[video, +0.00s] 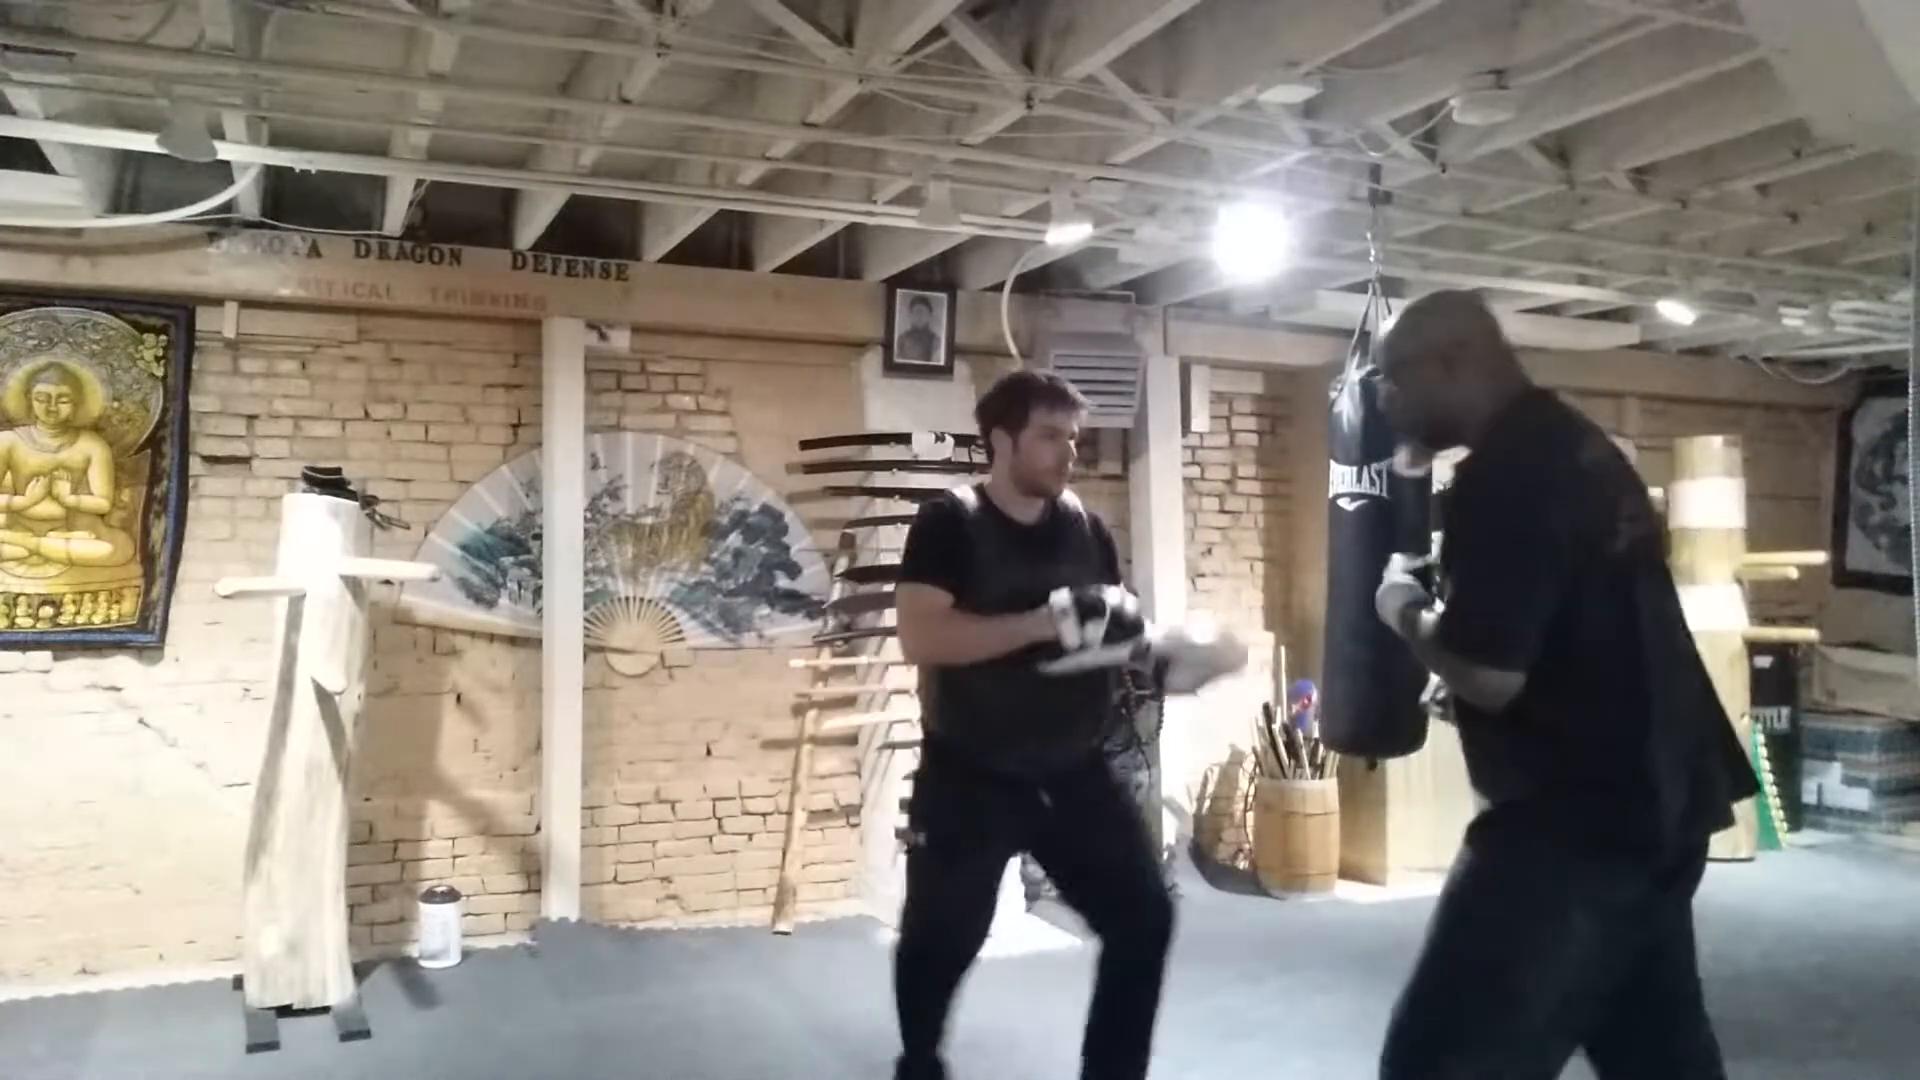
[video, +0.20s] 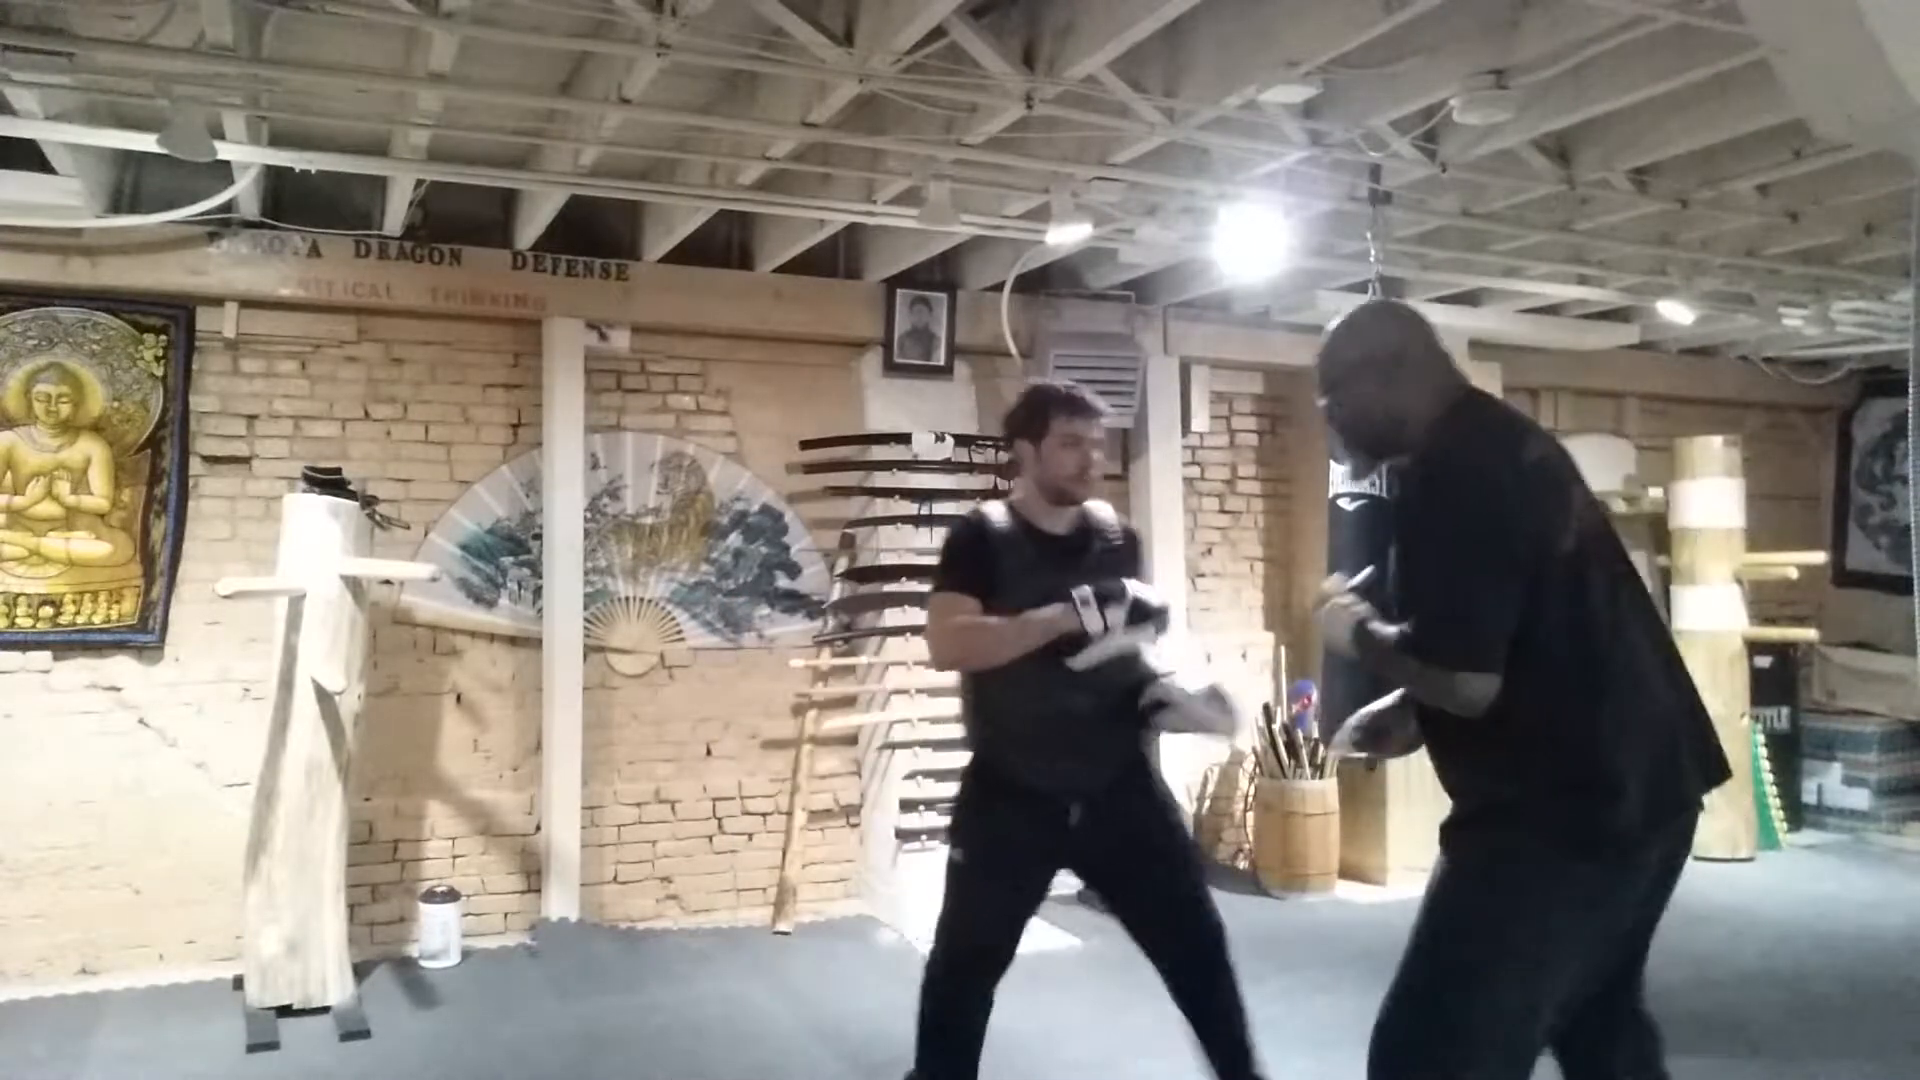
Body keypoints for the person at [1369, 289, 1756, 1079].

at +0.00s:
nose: (1387, 402)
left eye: (1393, 376)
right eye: (1384, 381)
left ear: (1449, 364)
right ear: (1470, 361)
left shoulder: (1505, 472)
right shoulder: (1574, 444)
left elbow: (1488, 677)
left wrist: (1405, 612)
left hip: (1561, 829)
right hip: (1652, 815)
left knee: (1433, 1065)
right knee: (1663, 1061)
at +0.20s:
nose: (1328, 416)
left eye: (1334, 392)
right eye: (1325, 396)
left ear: (1393, 374)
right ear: (1414, 371)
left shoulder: (1455, 467)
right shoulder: (1506, 441)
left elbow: (1467, 684)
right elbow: (1537, 635)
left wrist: (1363, 638)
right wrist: (1417, 710)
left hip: (1553, 811)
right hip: (1644, 788)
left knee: (1425, 1059)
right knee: (1598, 1022)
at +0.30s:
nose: (1317, 430)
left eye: (1320, 404)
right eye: (1311, 411)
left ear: (1377, 377)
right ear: (1393, 377)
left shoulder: (1444, 464)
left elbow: (1450, 664)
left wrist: (1325, 643)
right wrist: (1331, 733)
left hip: (1561, 800)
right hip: (1635, 784)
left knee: (1435, 1058)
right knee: (1574, 1034)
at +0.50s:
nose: (1341, 442)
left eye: (1344, 416)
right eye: (1336, 423)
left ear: (1396, 392)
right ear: (1397, 393)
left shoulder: (1500, 459)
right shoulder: (1426, 503)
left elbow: (1517, 624)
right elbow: (1343, 638)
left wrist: (1379, 620)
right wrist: (1208, 734)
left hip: (1592, 813)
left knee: (1451, 1060)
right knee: (1615, 1048)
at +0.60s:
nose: (1363, 436)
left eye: (1366, 411)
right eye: (1358, 417)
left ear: (1422, 387)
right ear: (1422, 388)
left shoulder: (1546, 455)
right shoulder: (1434, 510)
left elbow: (1589, 636)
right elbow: (1349, 647)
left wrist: (1422, 618)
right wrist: (1222, 734)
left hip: (1616, 813)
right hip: (1552, 817)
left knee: (1477, 1061)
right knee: (1639, 1055)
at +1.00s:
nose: (1403, 421)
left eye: (1413, 397)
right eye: (1399, 402)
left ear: (1475, 380)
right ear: (1466, 388)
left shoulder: (1606, 472)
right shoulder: (1457, 495)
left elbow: (1681, 634)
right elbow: (1409, 612)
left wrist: (1497, 630)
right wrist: (1336, 684)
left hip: (1613, 807)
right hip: (1537, 806)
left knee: (1459, 1051)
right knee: (1624, 1036)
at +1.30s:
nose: (1326, 435)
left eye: (1333, 414)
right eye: (1320, 418)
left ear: (1391, 389)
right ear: (1391, 392)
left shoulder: (1508, 480)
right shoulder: (1406, 495)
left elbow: (1580, 663)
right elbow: (1428, 645)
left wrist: (1415, 659)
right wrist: (1404, 746)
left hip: (1571, 781)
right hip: (1493, 780)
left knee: (1432, 1034)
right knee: (1509, 1018)